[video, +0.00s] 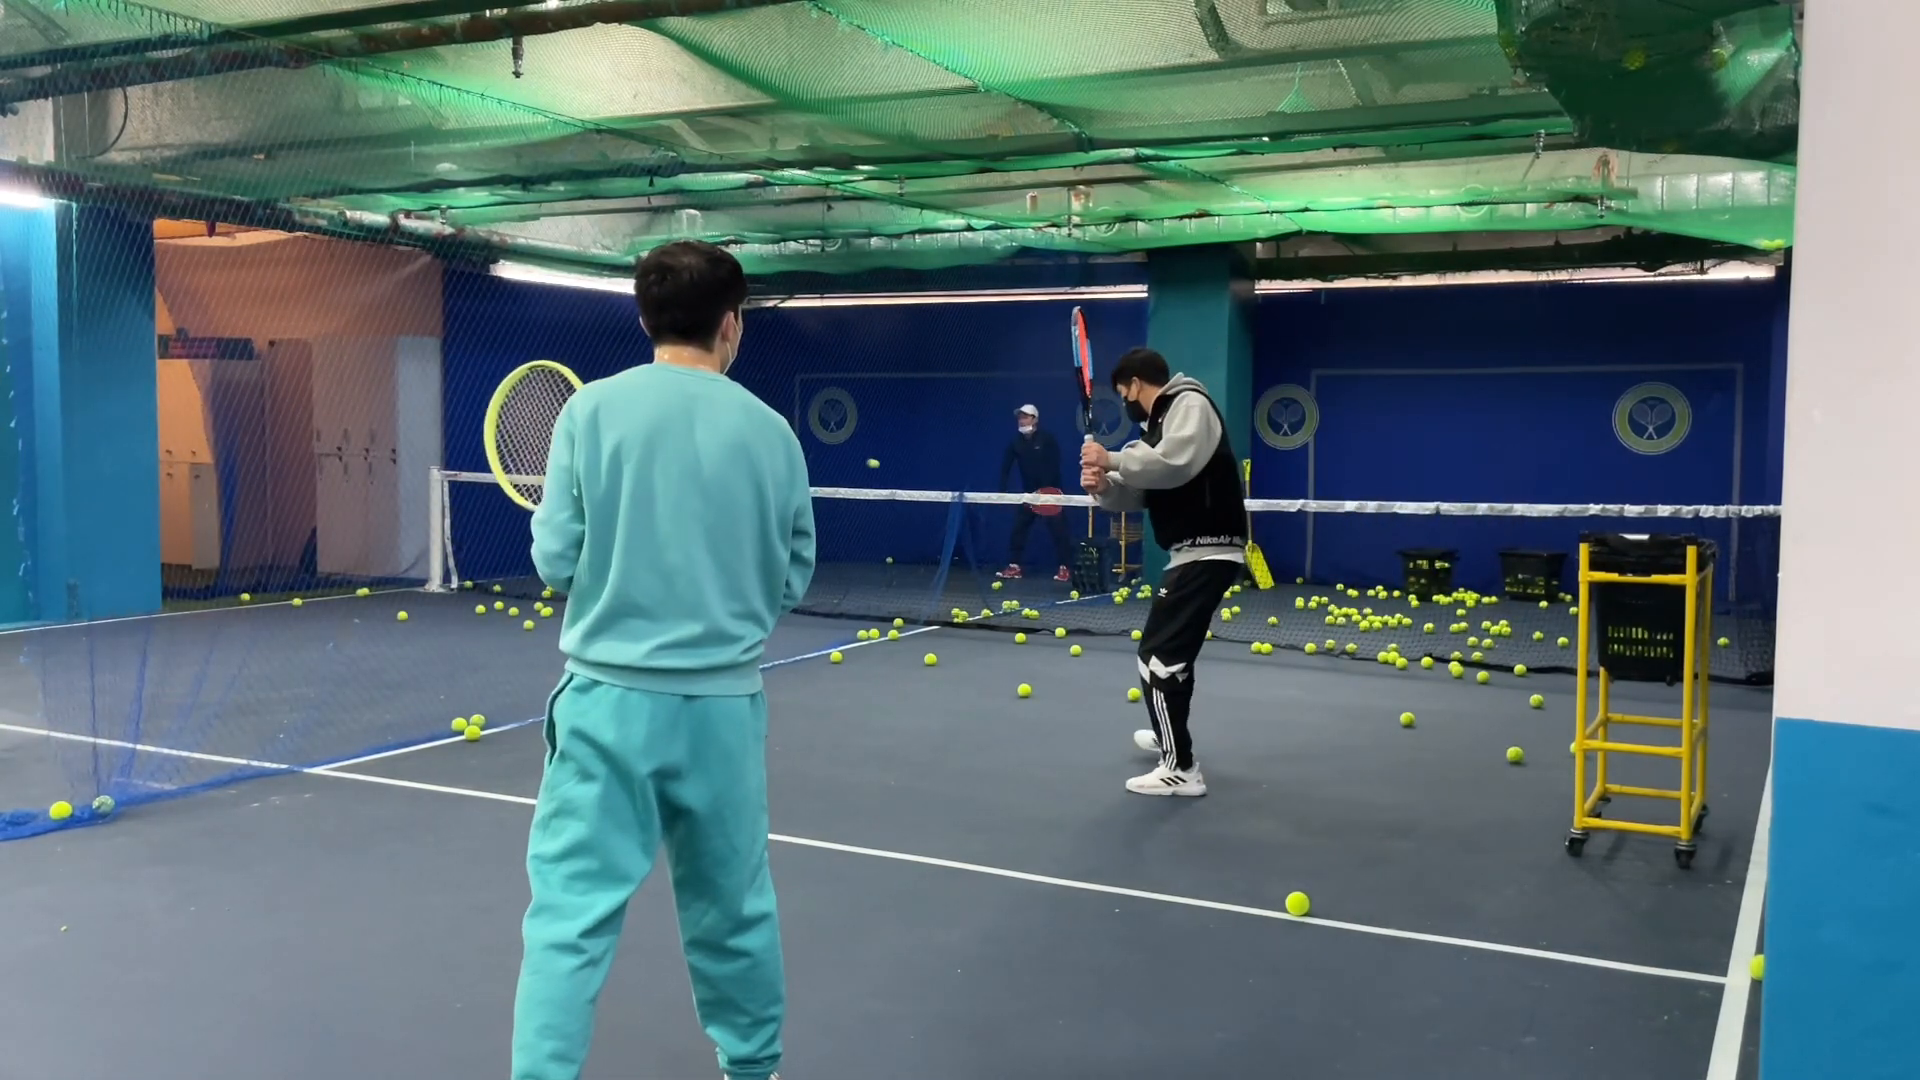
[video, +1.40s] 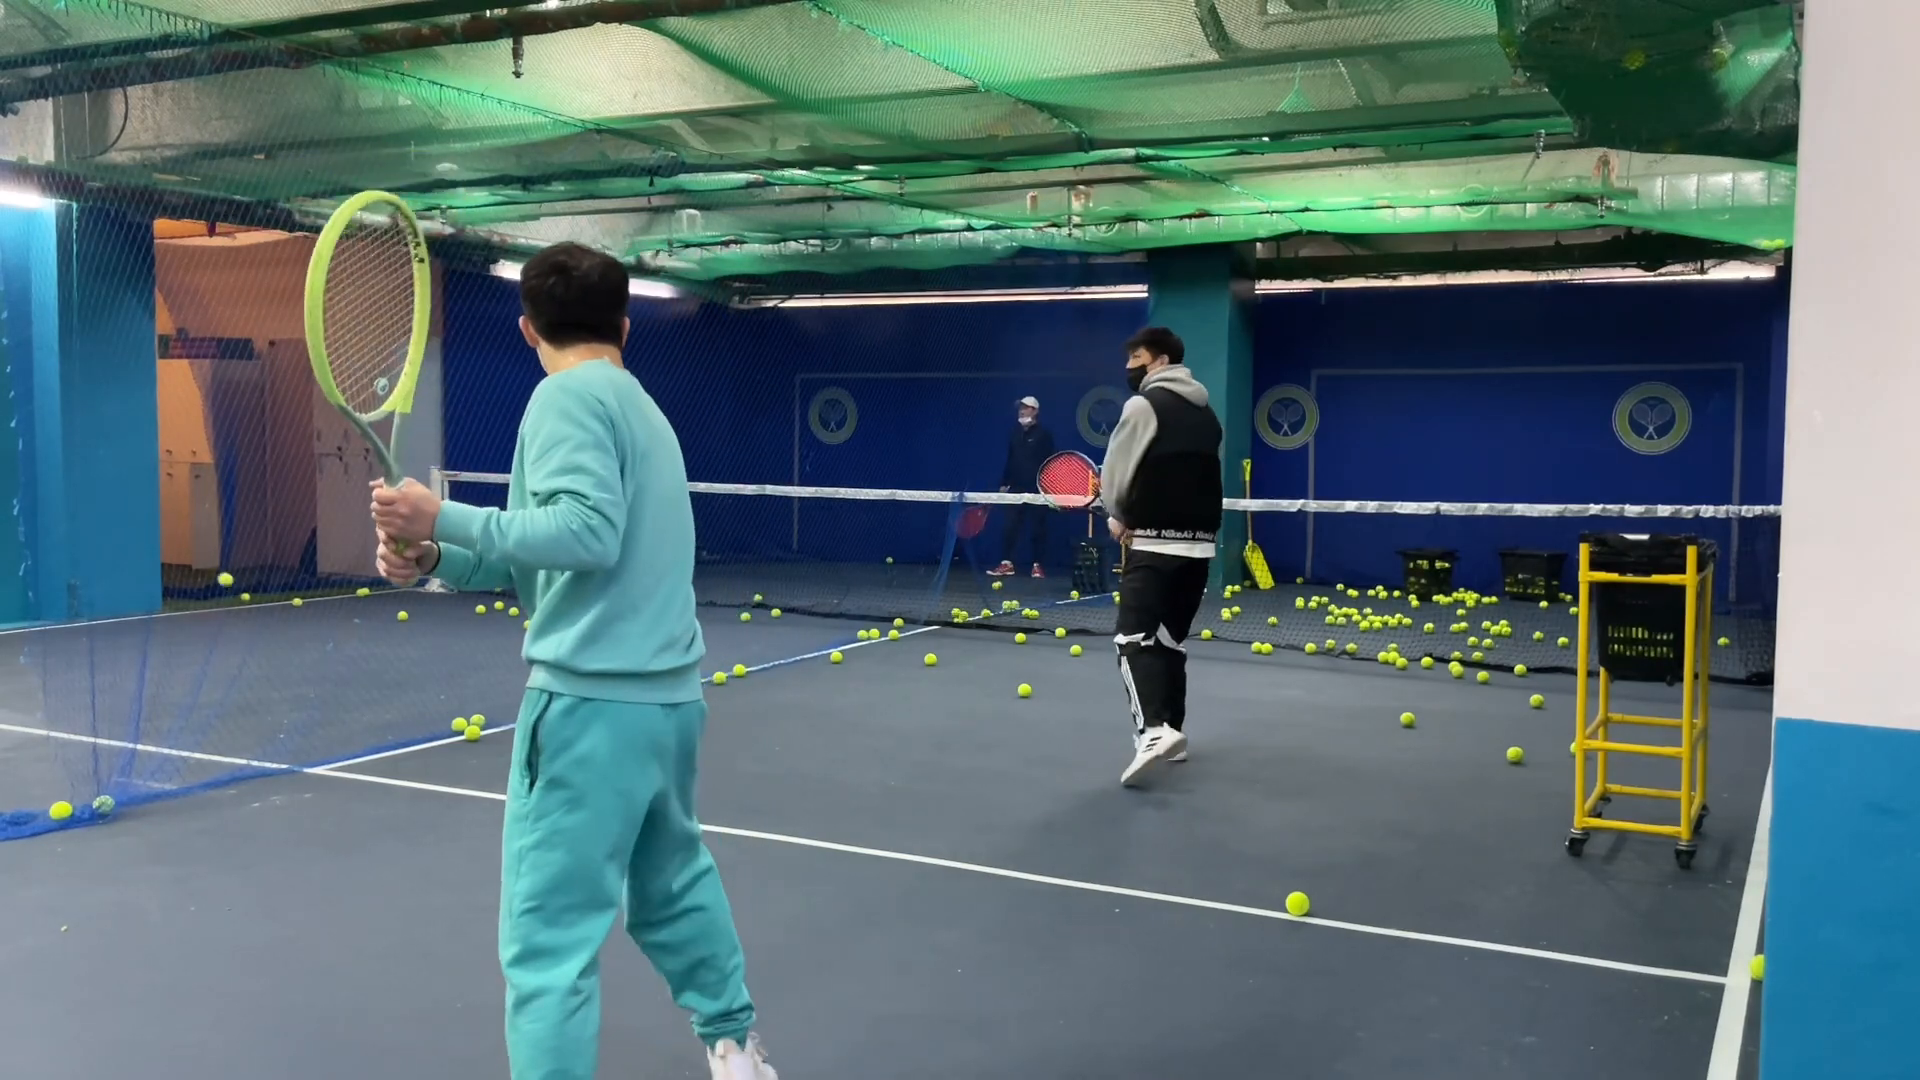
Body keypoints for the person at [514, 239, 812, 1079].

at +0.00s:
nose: (741, 327)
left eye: (737, 315)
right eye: (740, 315)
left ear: (645, 323)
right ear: (728, 323)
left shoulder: (591, 412)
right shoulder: (771, 432)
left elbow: (554, 557)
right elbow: (793, 575)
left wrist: (631, 548)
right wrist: (716, 590)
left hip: (607, 707)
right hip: (724, 711)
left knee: (570, 913)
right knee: (733, 906)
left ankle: (542, 1071)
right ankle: (751, 1065)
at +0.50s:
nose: (736, 327)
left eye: (730, 314)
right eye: (734, 315)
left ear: (641, 324)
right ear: (722, 321)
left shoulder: (600, 406)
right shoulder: (762, 428)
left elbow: (557, 550)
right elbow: (756, 557)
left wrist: (515, 544)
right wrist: (594, 571)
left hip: (612, 707)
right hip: (726, 711)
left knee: (576, 920)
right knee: (733, 909)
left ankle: (549, 1071)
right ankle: (752, 1065)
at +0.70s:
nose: (724, 331)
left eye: (620, 319)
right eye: (724, 319)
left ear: (626, 326)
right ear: (716, 325)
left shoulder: (605, 396)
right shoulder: (740, 424)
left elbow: (526, 516)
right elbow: (621, 551)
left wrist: (441, 488)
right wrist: (481, 535)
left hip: (617, 709)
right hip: (725, 710)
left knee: (581, 923)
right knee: (728, 904)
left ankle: (559, 1070)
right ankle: (752, 1065)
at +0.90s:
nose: (595, 323)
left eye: (597, 313)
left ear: (601, 323)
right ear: (692, 327)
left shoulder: (603, 395)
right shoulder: (707, 415)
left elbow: (551, 507)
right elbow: (595, 531)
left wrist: (433, 468)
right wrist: (458, 518)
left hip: (615, 709)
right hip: (711, 706)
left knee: (581, 931)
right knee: (718, 902)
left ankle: (563, 1071)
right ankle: (752, 1063)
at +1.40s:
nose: (523, 328)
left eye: (523, 316)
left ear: (529, 325)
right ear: (621, 320)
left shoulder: (568, 399)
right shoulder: (641, 411)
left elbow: (588, 535)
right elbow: (553, 570)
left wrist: (445, 519)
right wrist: (441, 559)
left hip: (588, 706)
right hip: (671, 699)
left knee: (549, 938)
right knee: (672, 881)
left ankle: (550, 1070)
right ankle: (736, 1054)